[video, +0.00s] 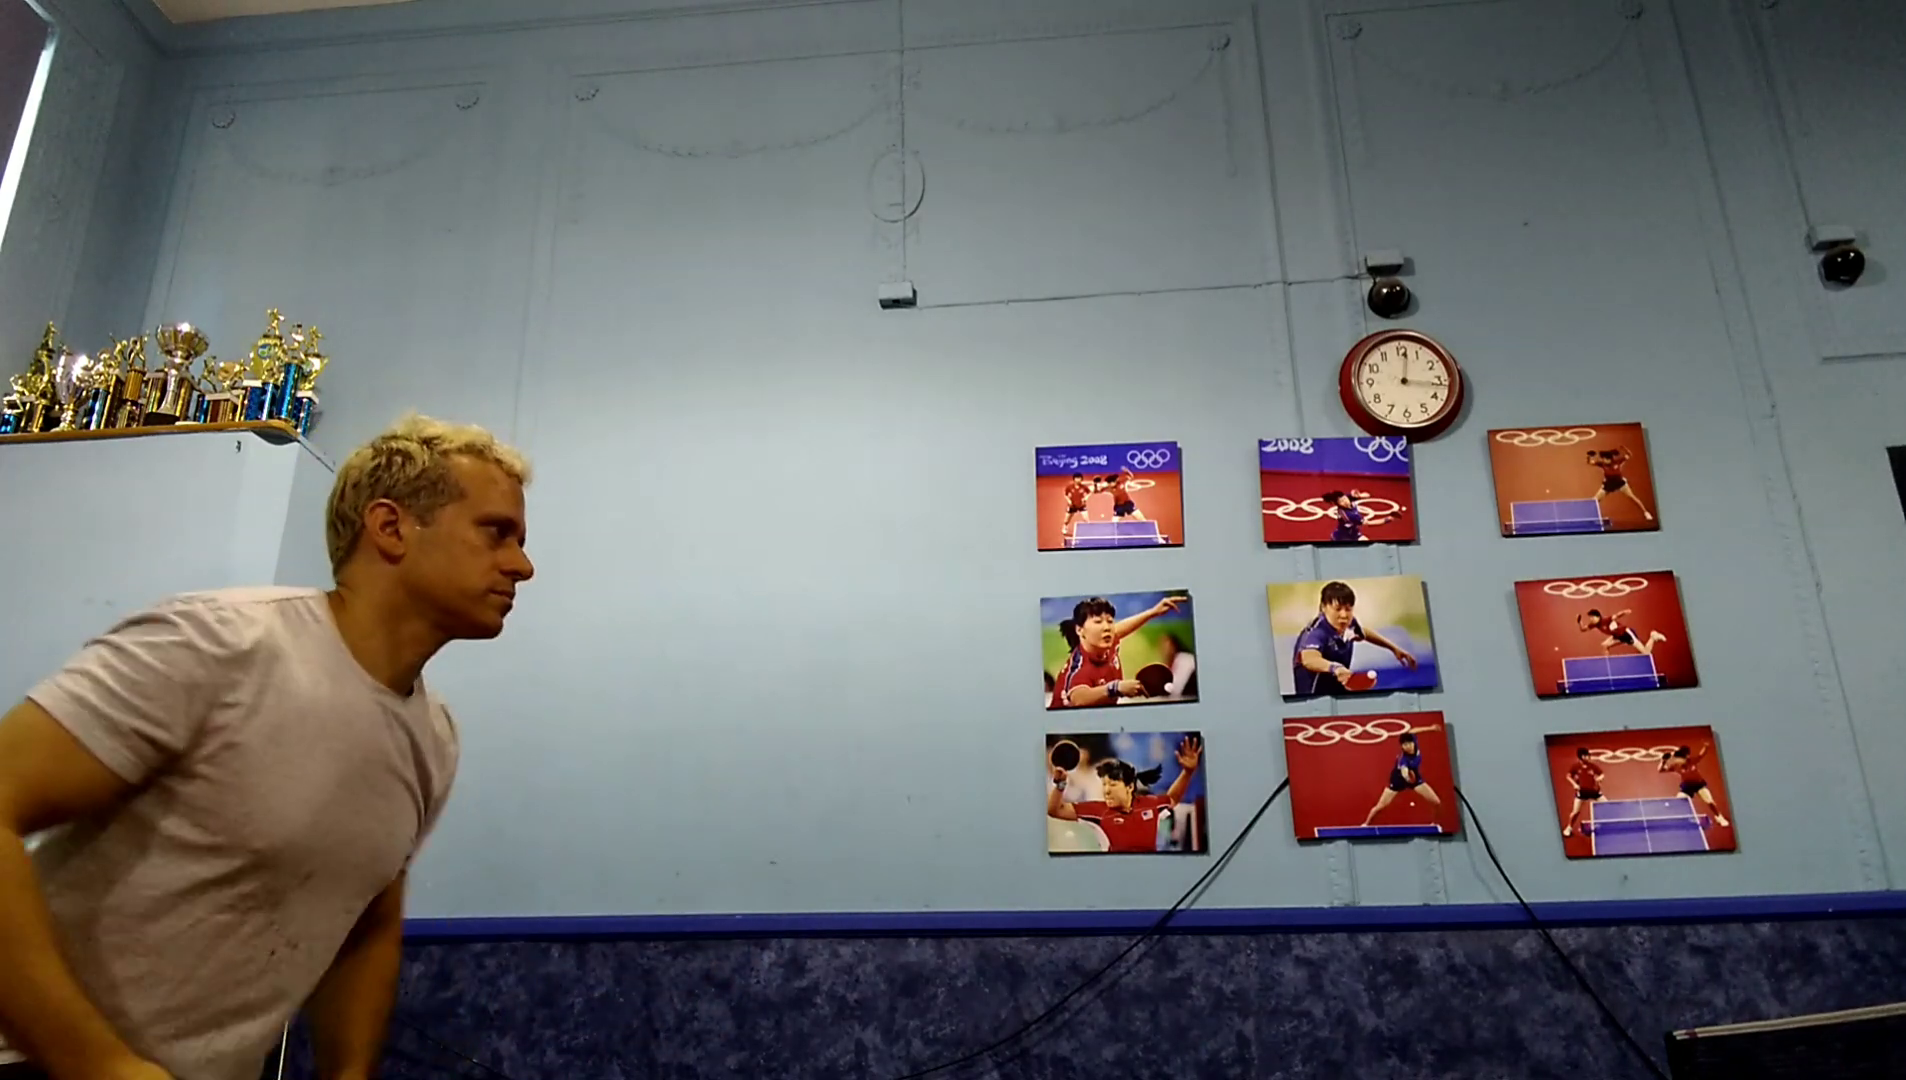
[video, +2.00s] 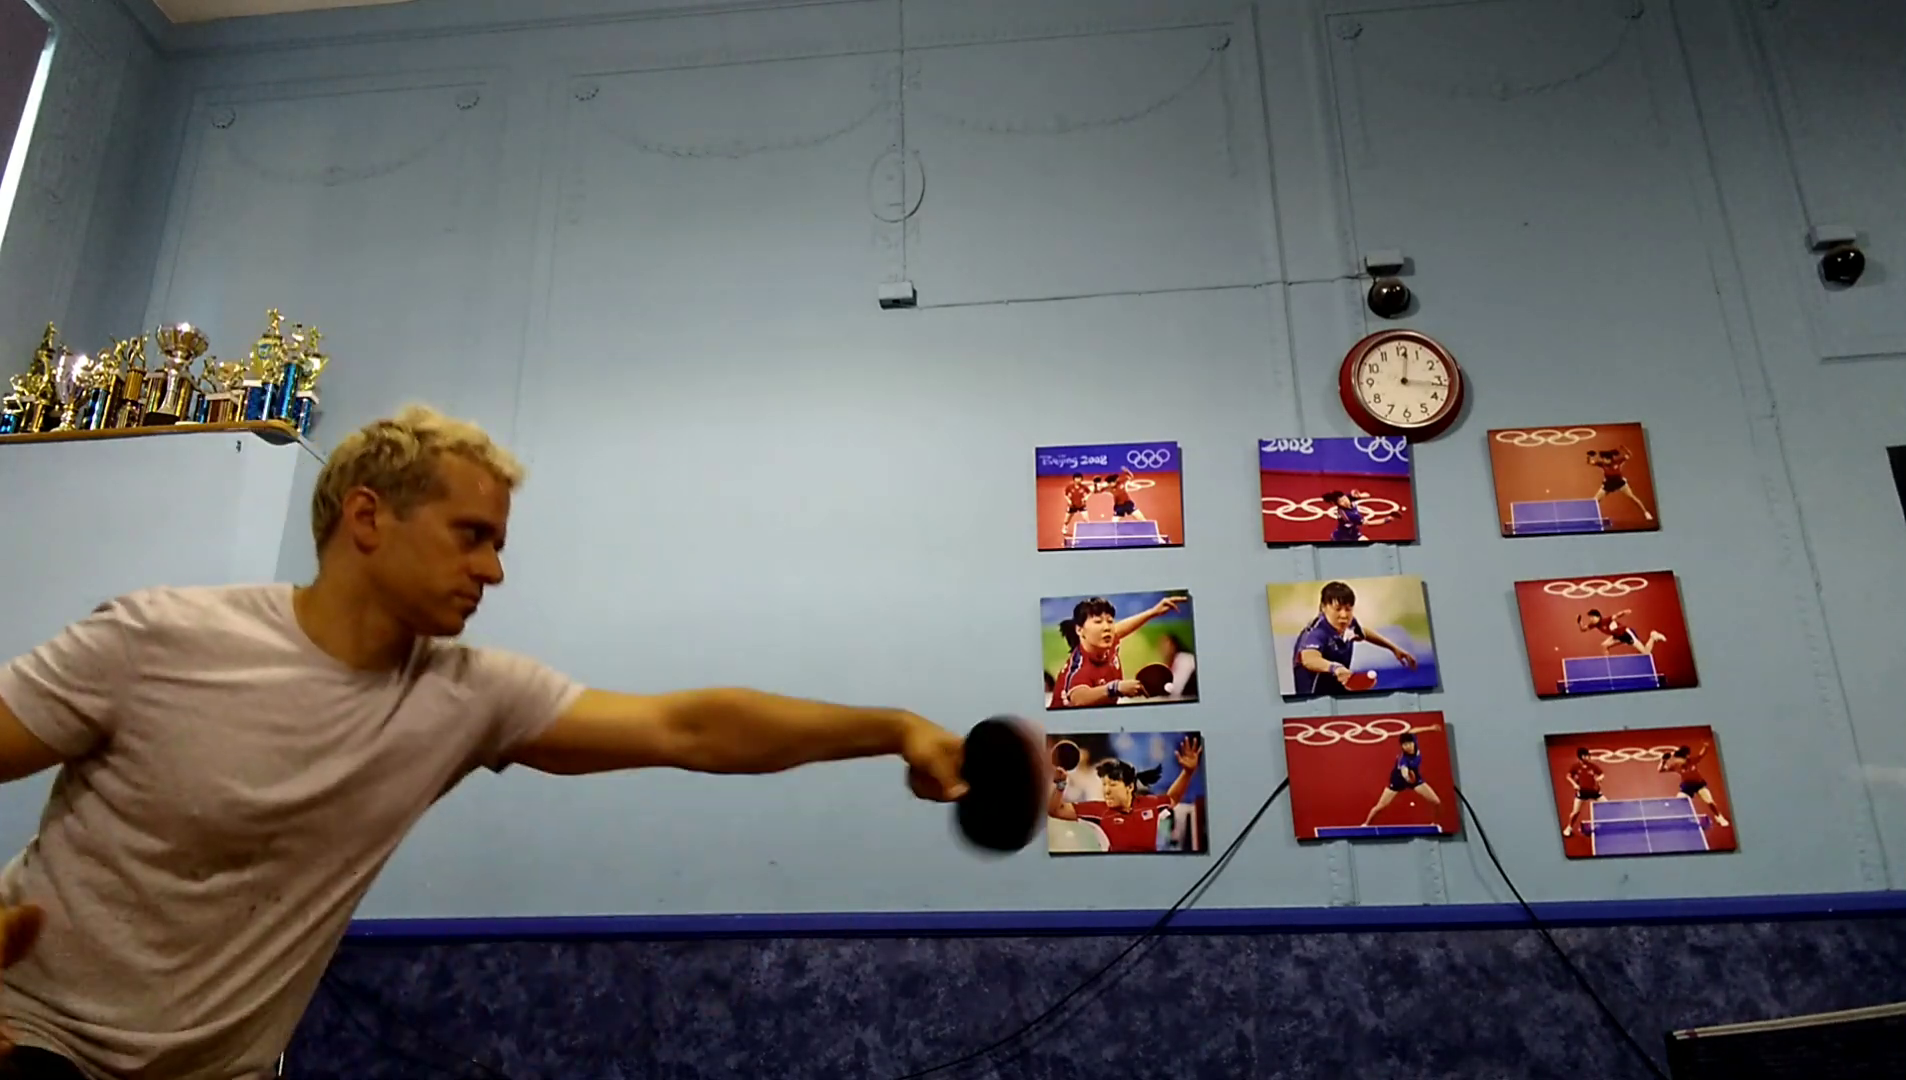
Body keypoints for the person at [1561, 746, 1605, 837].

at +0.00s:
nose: (1587, 758)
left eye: (1588, 755)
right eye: (1585, 756)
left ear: (1588, 756)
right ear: (1581, 757)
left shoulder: (1592, 766)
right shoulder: (1576, 767)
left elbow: (1602, 774)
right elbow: (1568, 776)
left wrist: (1598, 779)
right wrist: (1574, 784)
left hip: (1594, 791)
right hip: (1582, 791)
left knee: (1607, 806)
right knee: (1576, 812)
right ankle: (1569, 827)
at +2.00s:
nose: (1588, 758)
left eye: (1588, 755)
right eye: (1586, 756)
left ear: (1588, 756)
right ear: (1581, 757)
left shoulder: (1592, 766)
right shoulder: (1576, 767)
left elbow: (1602, 774)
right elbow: (1568, 776)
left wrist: (1598, 779)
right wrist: (1574, 784)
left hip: (1594, 791)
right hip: (1582, 791)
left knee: (1607, 806)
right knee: (1576, 812)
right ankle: (1569, 827)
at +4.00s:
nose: (1587, 758)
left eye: (1588, 755)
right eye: (1585, 755)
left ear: (1589, 756)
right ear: (1581, 757)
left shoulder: (1592, 766)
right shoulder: (1576, 766)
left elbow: (1602, 774)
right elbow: (1568, 776)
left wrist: (1598, 779)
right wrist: (1574, 785)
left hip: (1594, 791)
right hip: (1582, 791)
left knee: (1606, 806)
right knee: (1576, 811)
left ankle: (1606, 826)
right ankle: (1569, 827)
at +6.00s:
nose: (1587, 758)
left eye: (1588, 755)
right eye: (1585, 756)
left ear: (1589, 756)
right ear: (1581, 757)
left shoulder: (1592, 766)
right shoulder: (1576, 766)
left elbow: (1602, 774)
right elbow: (1568, 776)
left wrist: (1598, 779)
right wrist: (1574, 785)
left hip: (1594, 791)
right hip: (1582, 791)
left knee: (1606, 806)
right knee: (1576, 812)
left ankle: (1607, 826)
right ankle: (1569, 827)